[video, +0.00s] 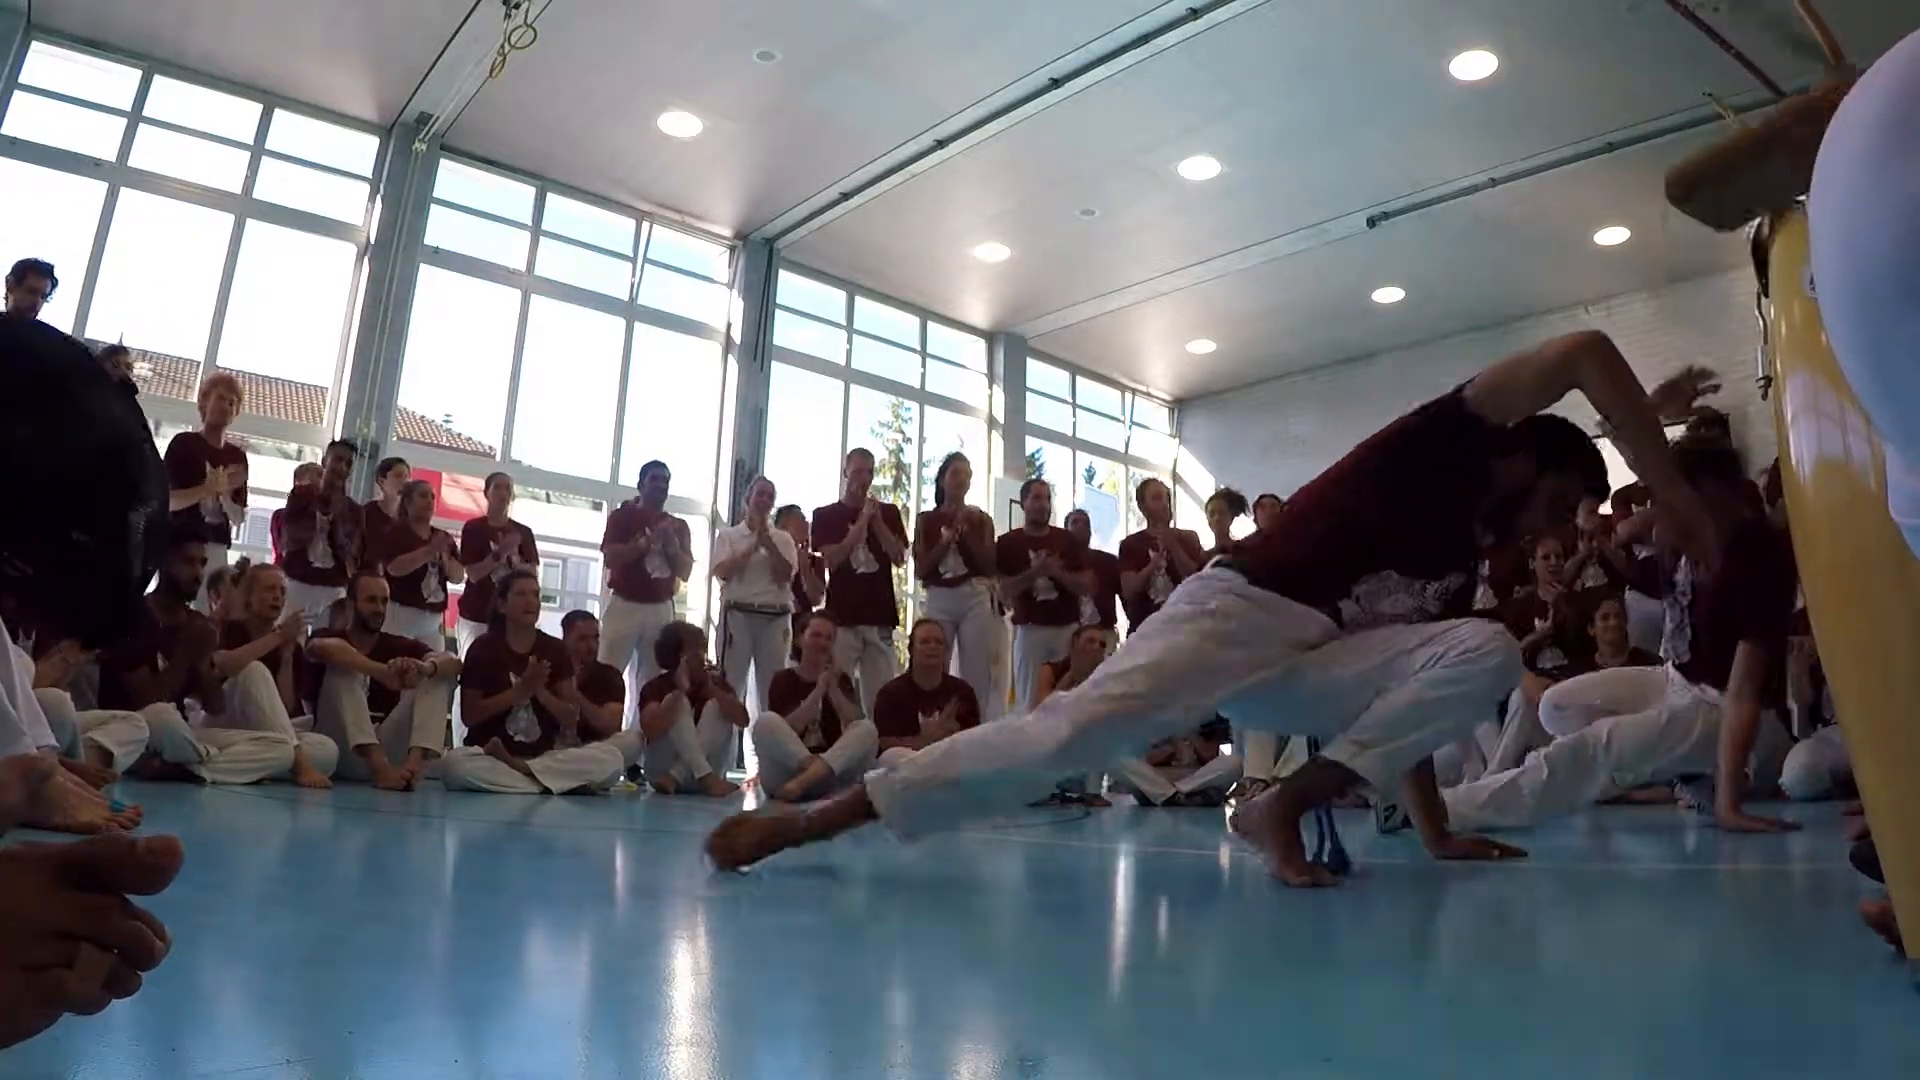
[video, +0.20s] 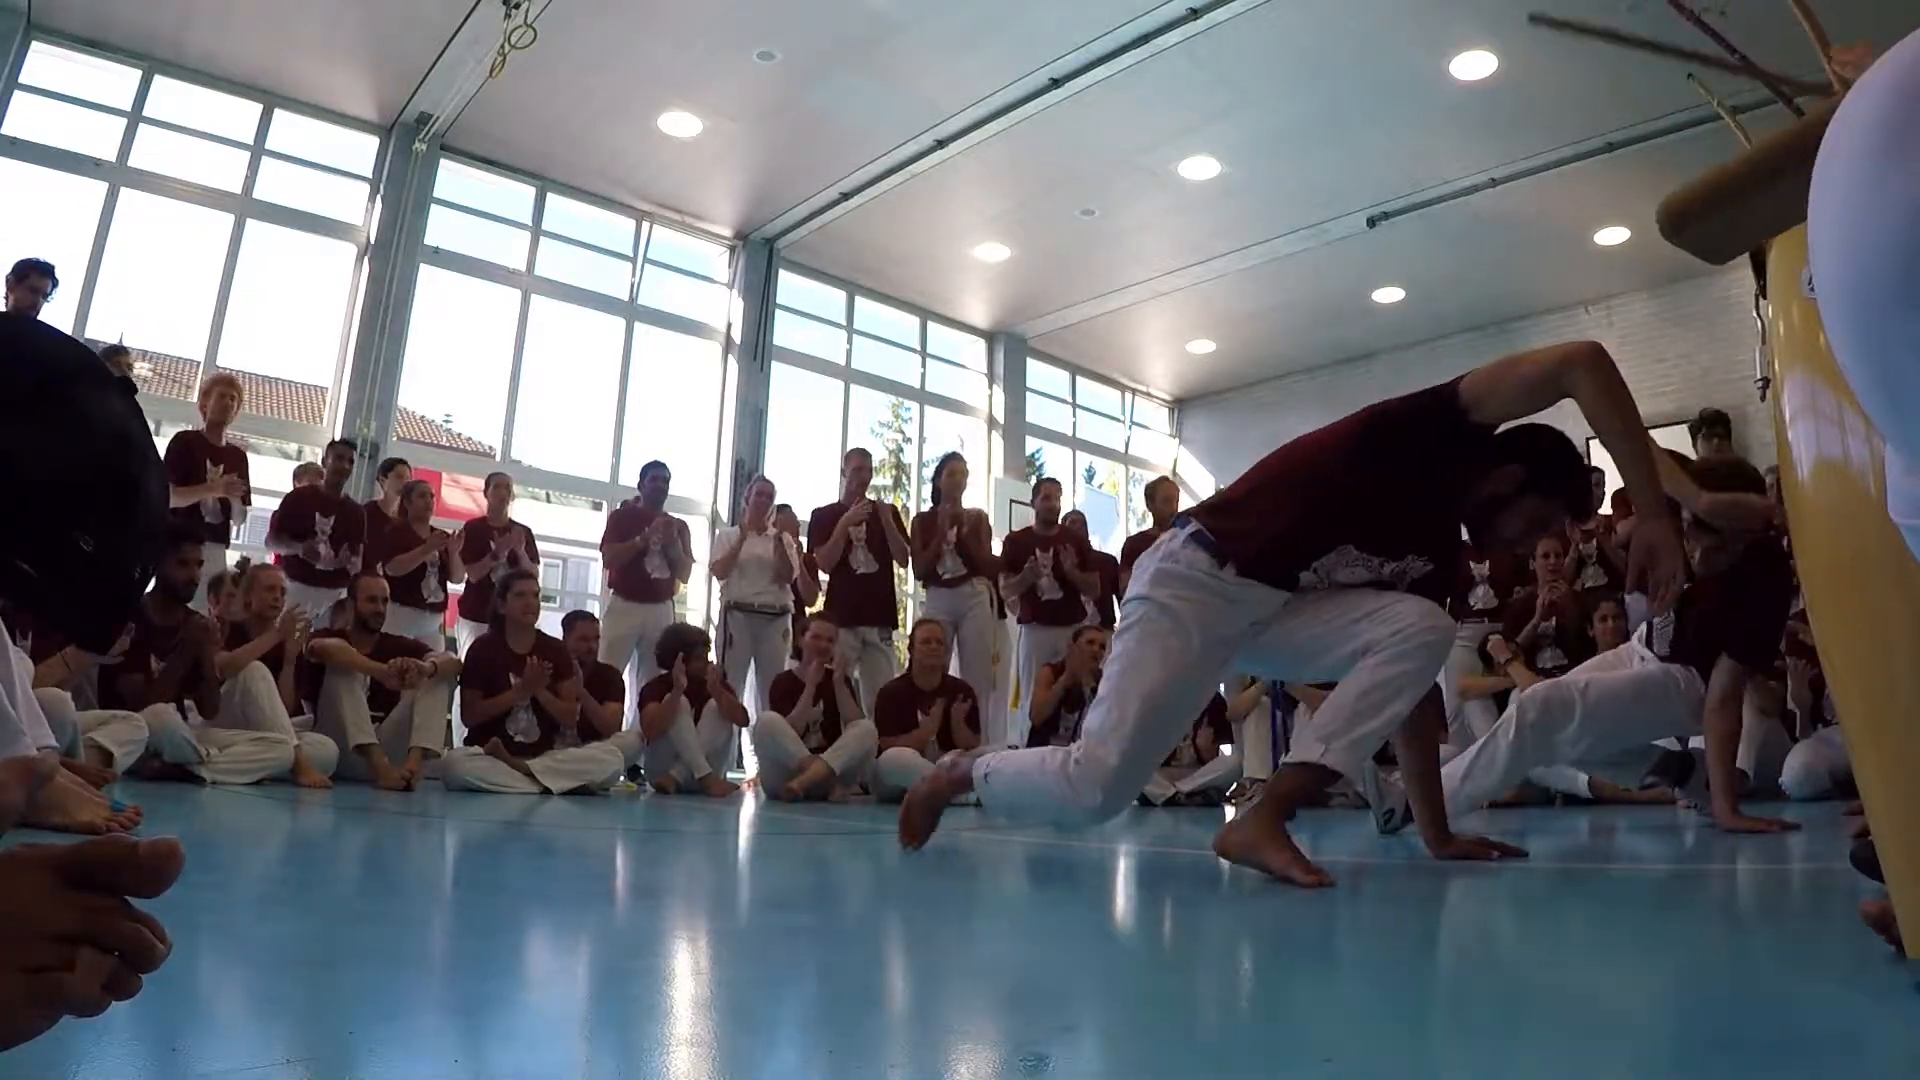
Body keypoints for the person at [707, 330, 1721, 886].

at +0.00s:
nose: (1543, 542)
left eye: (1558, 531)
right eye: (1551, 521)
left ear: (1542, 510)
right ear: (1529, 472)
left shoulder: (1472, 551)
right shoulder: (1469, 430)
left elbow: (1440, 686)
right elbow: (1585, 345)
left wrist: (1441, 828)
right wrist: (1676, 488)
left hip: (1334, 648)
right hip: (1251, 607)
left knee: (1486, 650)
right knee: (1066, 743)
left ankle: (1288, 804)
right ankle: (825, 814)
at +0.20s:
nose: (1529, 551)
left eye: (1544, 543)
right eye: (1539, 531)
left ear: (1518, 506)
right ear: (1516, 480)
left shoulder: (1442, 576)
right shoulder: (1436, 428)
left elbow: (1417, 697)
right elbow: (1584, 362)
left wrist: (1435, 834)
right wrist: (1658, 509)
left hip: (1287, 613)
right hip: (1197, 579)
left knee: (1428, 629)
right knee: (1096, 787)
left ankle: (1260, 820)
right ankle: (954, 778)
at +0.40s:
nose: (1466, 546)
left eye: (1481, 539)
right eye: (1473, 527)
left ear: (1454, 499)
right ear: (1447, 479)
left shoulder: (1393, 563)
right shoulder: (1366, 432)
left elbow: (1403, 696)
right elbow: (1469, 379)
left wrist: (1439, 837)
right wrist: (1577, 511)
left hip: (1227, 577)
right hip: (1152, 538)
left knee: (1330, 619)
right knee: (1119, 746)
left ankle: (1247, 827)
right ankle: (982, 772)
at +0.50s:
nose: (1414, 557)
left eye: (1428, 548)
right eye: (1419, 535)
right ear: (1397, 491)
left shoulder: (1358, 581)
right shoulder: (1323, 446)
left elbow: (1389, 715)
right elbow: (1381, 403)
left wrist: (1439, 836)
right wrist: (1495, 529)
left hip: (1197, 564)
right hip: (1124, 522)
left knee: (1292, 630)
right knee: (1095, 726)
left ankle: (1227, 822)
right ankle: (956, 774)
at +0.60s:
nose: (1409, 573)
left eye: (1416, 558)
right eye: (1408, 550)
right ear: (1370, 508)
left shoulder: (1335, 593)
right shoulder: (1300, 463)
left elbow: (1369, 711)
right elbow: (1293, 411)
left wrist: (1435, 836)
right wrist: (1362, 527)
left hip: (1167, 570)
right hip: (1094, 520)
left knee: (1264, 652)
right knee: (1064, 704)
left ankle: (1130, 801)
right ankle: (945, 777)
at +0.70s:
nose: (1355, 579)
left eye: (1368, 571)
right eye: (1357, 560)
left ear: (1353, 555)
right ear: (1321, 520)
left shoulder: (1304, 598)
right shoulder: (1270, 478)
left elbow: (1351, 713)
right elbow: (1237, 400)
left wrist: (1436, 835)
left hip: (1141, 575)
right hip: (1071, 517)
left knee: (1200, 680)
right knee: (1051, 709)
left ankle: (1060, 763)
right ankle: (947, 777)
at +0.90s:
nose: (1316, 611)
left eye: (1327, 601)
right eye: (1314, 593)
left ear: (1305, 573)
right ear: (1279, 553)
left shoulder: (1278, 623)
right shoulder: (1222, 498)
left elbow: (1343, 730)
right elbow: (1131, 386)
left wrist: (1435, 836)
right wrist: (1119, 476)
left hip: (1086, 580)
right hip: (1034, 512)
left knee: (1083, 719)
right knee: (1039, 696)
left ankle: (965, 761)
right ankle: (943, 779)